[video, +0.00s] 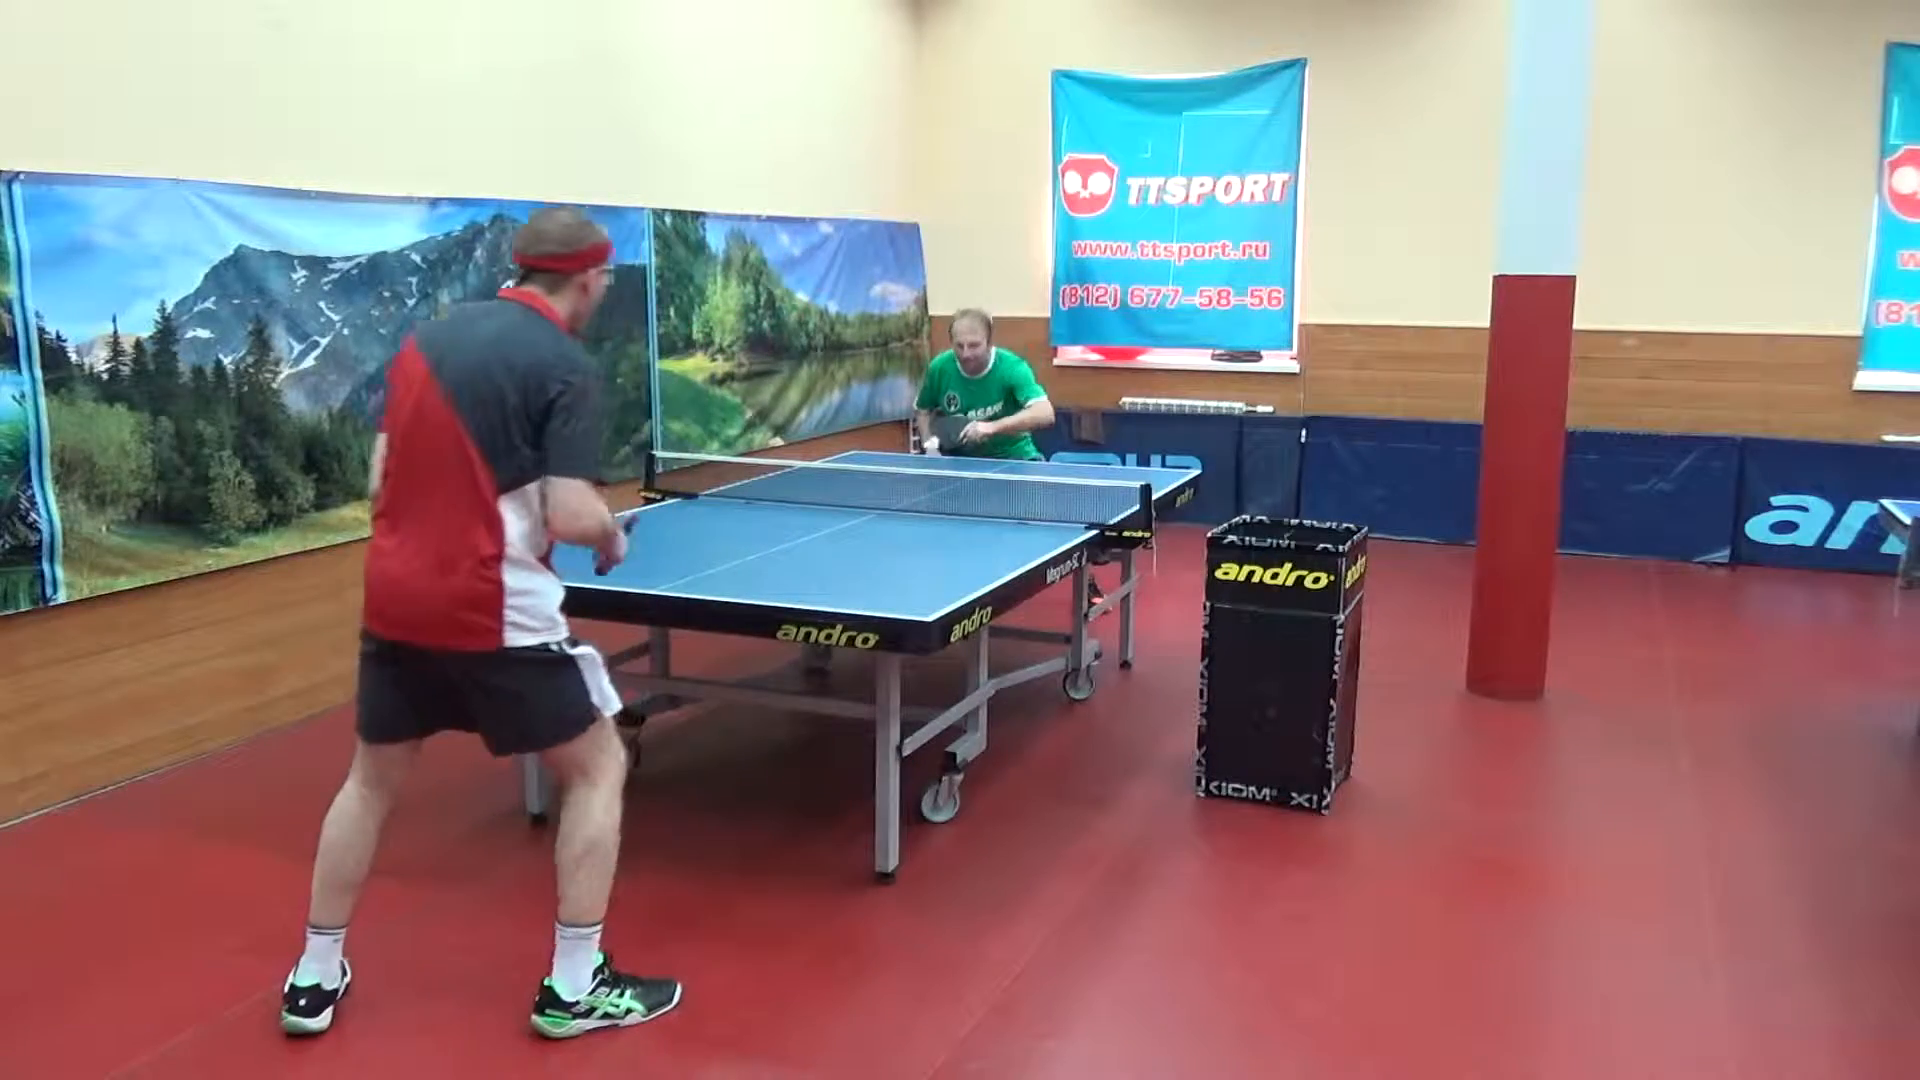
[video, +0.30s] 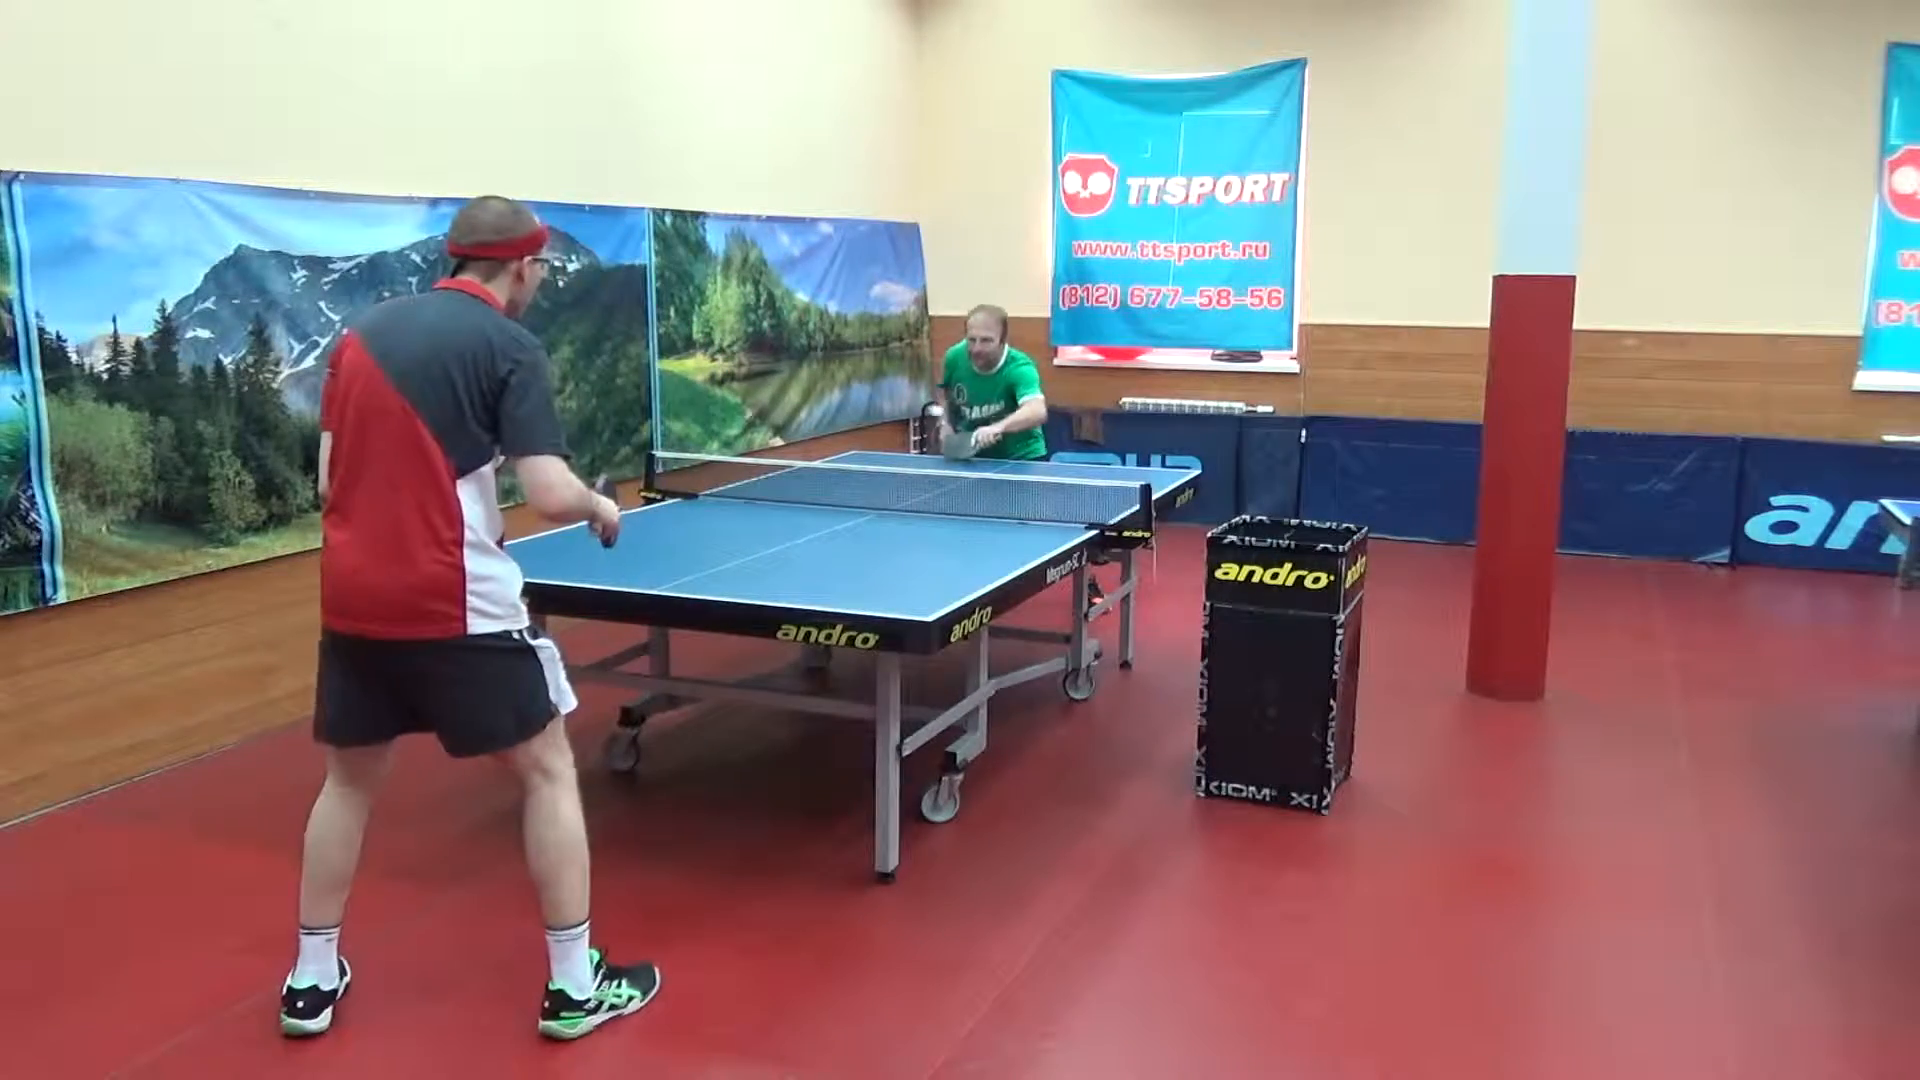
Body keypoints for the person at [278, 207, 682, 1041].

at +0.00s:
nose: (602, 298)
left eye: (602, 284)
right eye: (602, 284)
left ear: (519, 272)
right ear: (585, 282)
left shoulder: (426, 337)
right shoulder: (562, 365)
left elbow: (383, 477)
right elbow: (569, 515)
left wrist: (496, 501)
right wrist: (609, 528)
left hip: (395, 606)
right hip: (502, 616)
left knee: (370, 776)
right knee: (596, 765)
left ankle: (314, 976)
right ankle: (576, 982)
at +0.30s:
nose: (541, 285)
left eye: (542, 270)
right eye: (539, 271)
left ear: (454, 262)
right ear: (517, 269)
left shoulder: (362, 334)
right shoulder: (507, 346)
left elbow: (333, 478)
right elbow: (546, 491)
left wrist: (429, 495)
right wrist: (594, 503)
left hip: (356, 603)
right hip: (463, 606)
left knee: (349, 776)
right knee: (547, 768)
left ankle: (311, 980)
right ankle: (575, 984)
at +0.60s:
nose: (587, 322)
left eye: (586, 309)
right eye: (586, 309)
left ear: (503, 301)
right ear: (569, 309)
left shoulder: (418, 365)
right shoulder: (568, 379)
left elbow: (362, 509)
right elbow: (644, 511)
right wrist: (593, 514)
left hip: (393, 629)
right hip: (513, 628)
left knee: (373, 783)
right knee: (607, 764)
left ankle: (311, 980)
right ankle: (632, 966)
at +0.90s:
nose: (596, 327)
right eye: (597, 316)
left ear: (512, 317)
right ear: (590, 318)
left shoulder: (470, 385)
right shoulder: (634, 377)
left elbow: (447, 538)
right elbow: (720, 446)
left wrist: (413, 642)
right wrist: (747, 464)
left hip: (496, 619)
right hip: (620, 617)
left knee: (412, 785)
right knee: (644, 769)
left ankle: (339, 990)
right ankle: (635, 964)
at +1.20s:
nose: (614, 320)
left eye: (607, 310)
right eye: (613, 310)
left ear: (525, 303)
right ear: (601, 309)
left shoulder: (458, 372)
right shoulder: (632, 381)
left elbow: (414, 520)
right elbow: (692, 486)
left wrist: (367, 633)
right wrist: (666, 513)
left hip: (457, 625)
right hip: (580, 628)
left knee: (357, 820)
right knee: (630, 772)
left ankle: (274, 1041)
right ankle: (638, 969)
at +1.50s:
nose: (528, 315)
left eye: (527, 302)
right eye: (527, 303)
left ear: (438, 296)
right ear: (508, 304)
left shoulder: (337, 364)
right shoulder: (518, 387)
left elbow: (288, 530)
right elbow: (588, 534)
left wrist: (317, 610)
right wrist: (584, 567)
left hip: (322, 650)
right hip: (462, 649)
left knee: (267, 856)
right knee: (563, 788)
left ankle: (218, 1067)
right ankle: (624, 967)